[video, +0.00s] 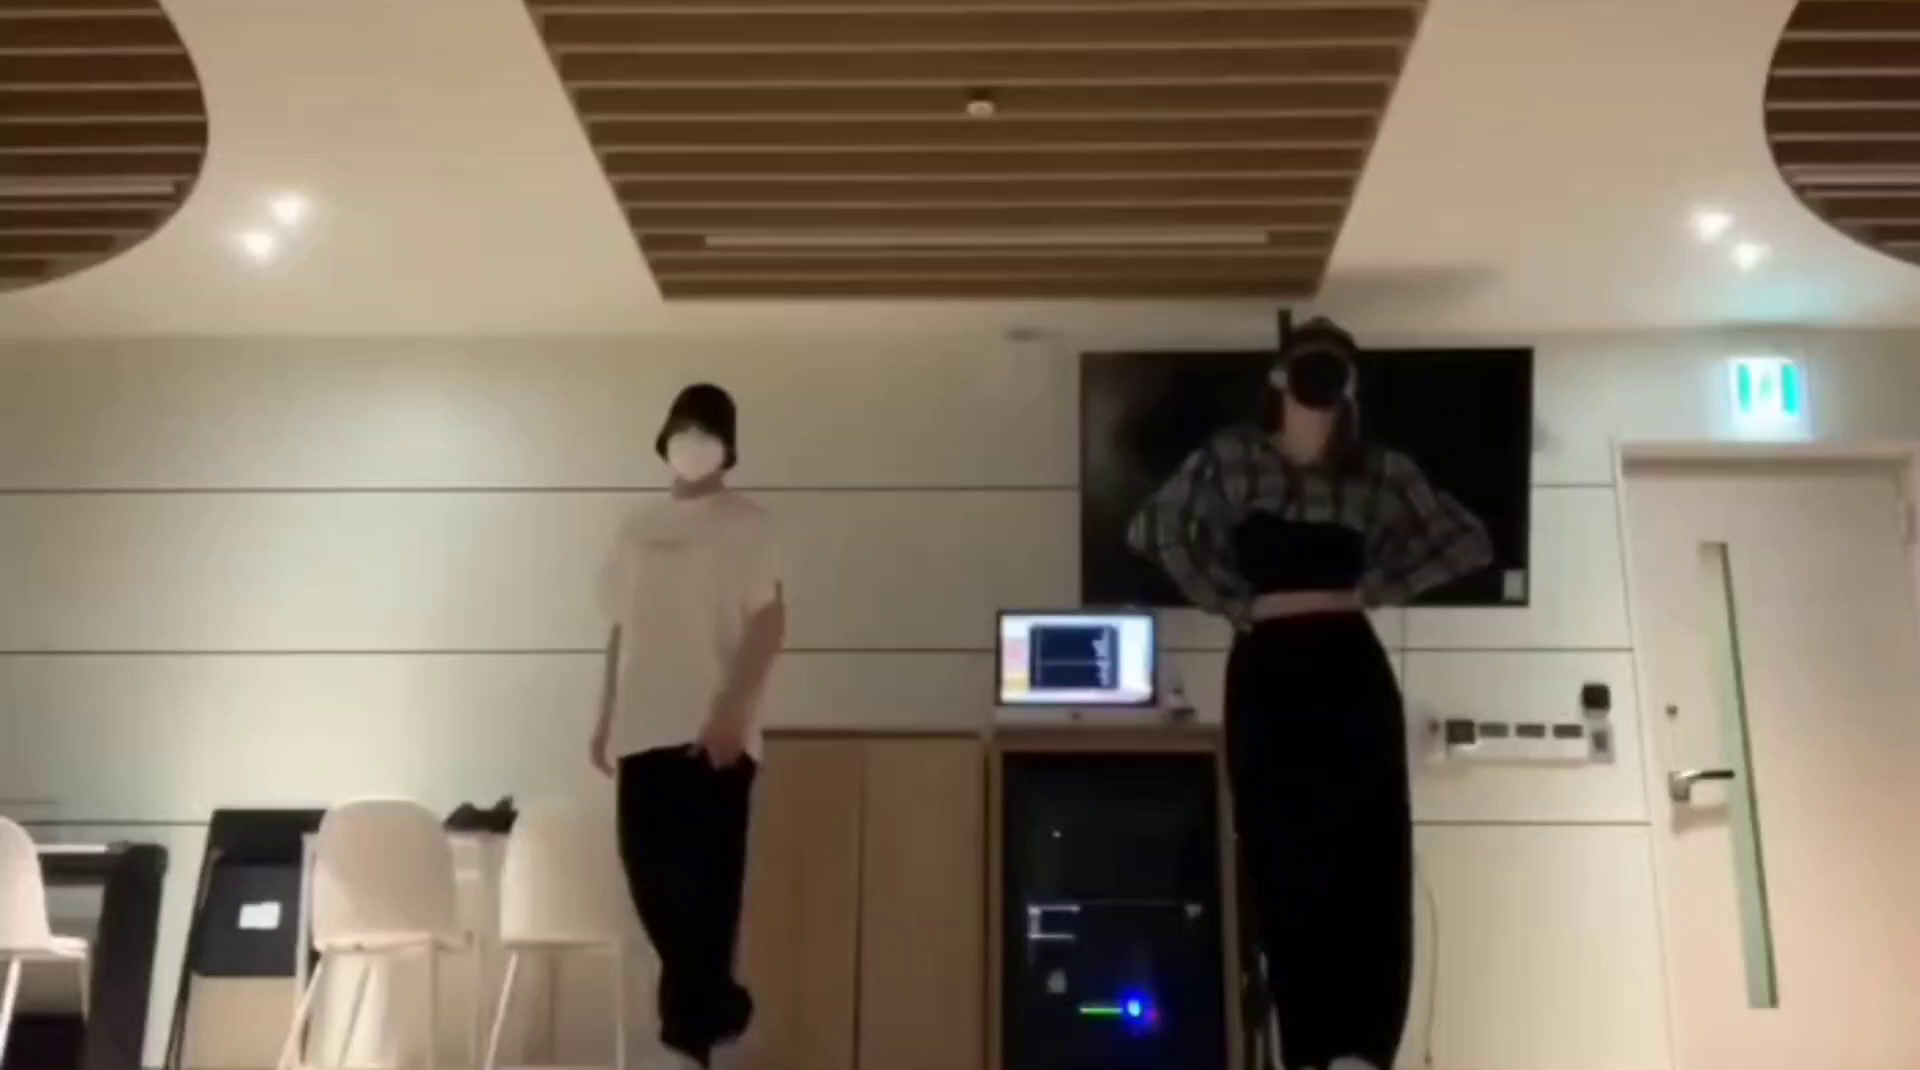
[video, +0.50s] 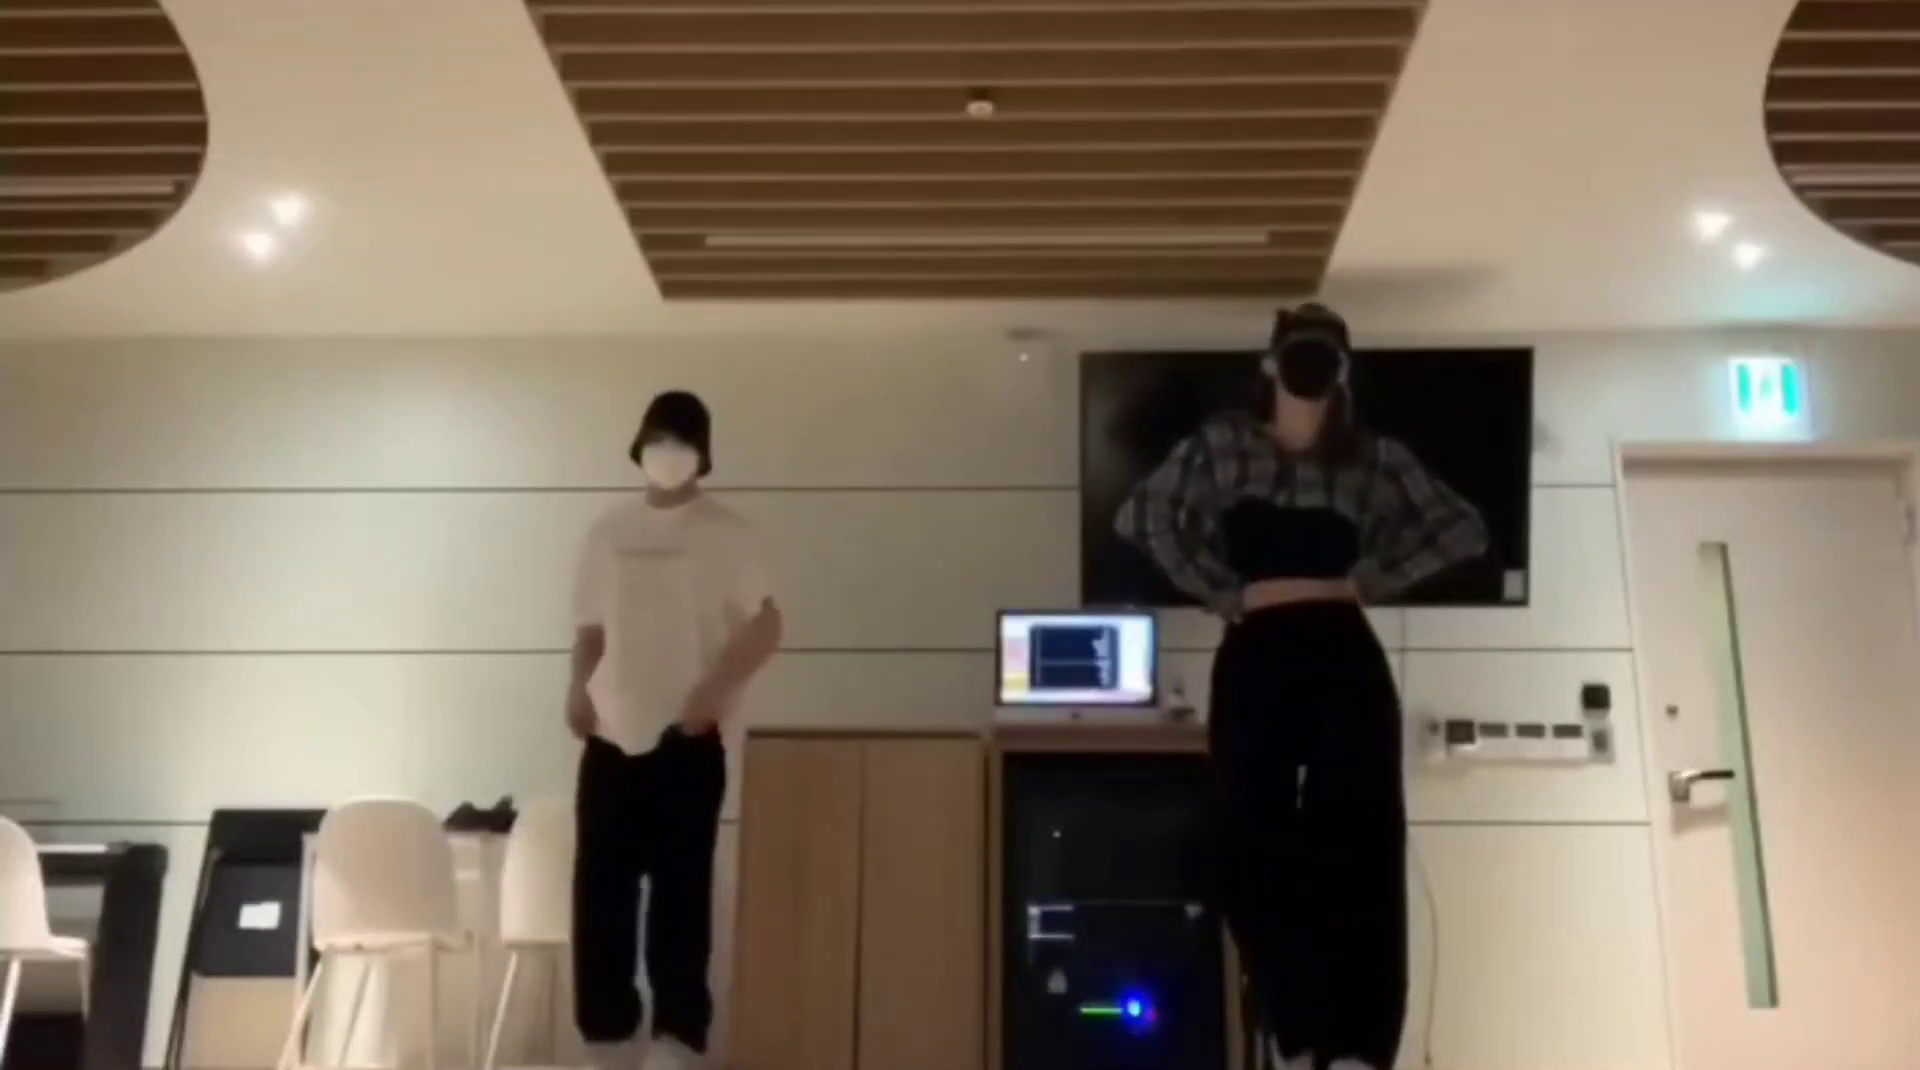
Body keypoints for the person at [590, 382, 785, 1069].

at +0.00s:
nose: (691, 446)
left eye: (707, 435)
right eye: (680, 434)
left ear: (728, 448)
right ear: (664, 443)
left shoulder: (746, 522)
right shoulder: (638, 525)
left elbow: (768, 620)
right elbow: (618, 630)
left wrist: (735, 711)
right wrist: (604, 718)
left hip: (715, 736)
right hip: (642, 737)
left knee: (705, 891)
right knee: (650, 884)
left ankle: (686, 1038)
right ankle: (720, 1005)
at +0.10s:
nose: (686, 444)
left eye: (701, 432)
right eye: (674, 432)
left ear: (723, 444)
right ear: (657, 441)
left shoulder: (744, 522)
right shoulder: (632, 523)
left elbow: (765, 623)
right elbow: (617, 630)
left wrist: (726, 712)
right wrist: (603, 720)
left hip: (708, 740)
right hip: (632, 741)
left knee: (699, 889)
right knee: (629, 879)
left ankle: (687, 1041)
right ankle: (693, 1009)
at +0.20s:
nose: (680, 446)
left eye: (695, 434)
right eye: (668, 434)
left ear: (718, 444)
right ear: (652, 442)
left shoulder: (743, 522)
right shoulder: (631, 522)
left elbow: (764, 624)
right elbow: (617, 628)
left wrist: (721, 712)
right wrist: (603, 714)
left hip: (705, 742)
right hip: (630, 744)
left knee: (696, 895)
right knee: (619, 878)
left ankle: (688, 1044)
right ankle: (674, 1026)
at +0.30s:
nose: (673, 448)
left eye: (688, 436)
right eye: (661, 436)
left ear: (711, 445)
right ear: (645, 443)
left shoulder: (737, 524)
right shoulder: (624, 523)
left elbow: (764, 623)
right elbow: (611, 627)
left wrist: (716, 711)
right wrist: (600, 709)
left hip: (700, 745)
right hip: (625, 747)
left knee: (694, 903)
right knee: (613, 900)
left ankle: (684, 1045)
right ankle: (641, 1038)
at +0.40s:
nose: (669, 452)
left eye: (683, 440)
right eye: (656, 440)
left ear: (705, 452)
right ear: (639, 448)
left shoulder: (733, 530)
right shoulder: (611, 529)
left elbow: (765, 623)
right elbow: (595, 625)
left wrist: (712, 697)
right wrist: (582, 688)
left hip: (693, 746)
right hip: (613, 745)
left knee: (684, 900)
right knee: (604, 900)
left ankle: (681, 1042)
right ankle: (610, 1040)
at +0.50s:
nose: (667, 455)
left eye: (681, 443)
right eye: (654, 443)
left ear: (703, 453)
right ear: (638, 451)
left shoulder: (733, 532)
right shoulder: (610, 530)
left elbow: (765, 624)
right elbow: (591, 624)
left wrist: (713, 692)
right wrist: (579, 684)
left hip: (692, 743)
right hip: (611, 743)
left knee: (682, 894)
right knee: (603, 893)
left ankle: (680, 1037)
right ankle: (606, 1036)